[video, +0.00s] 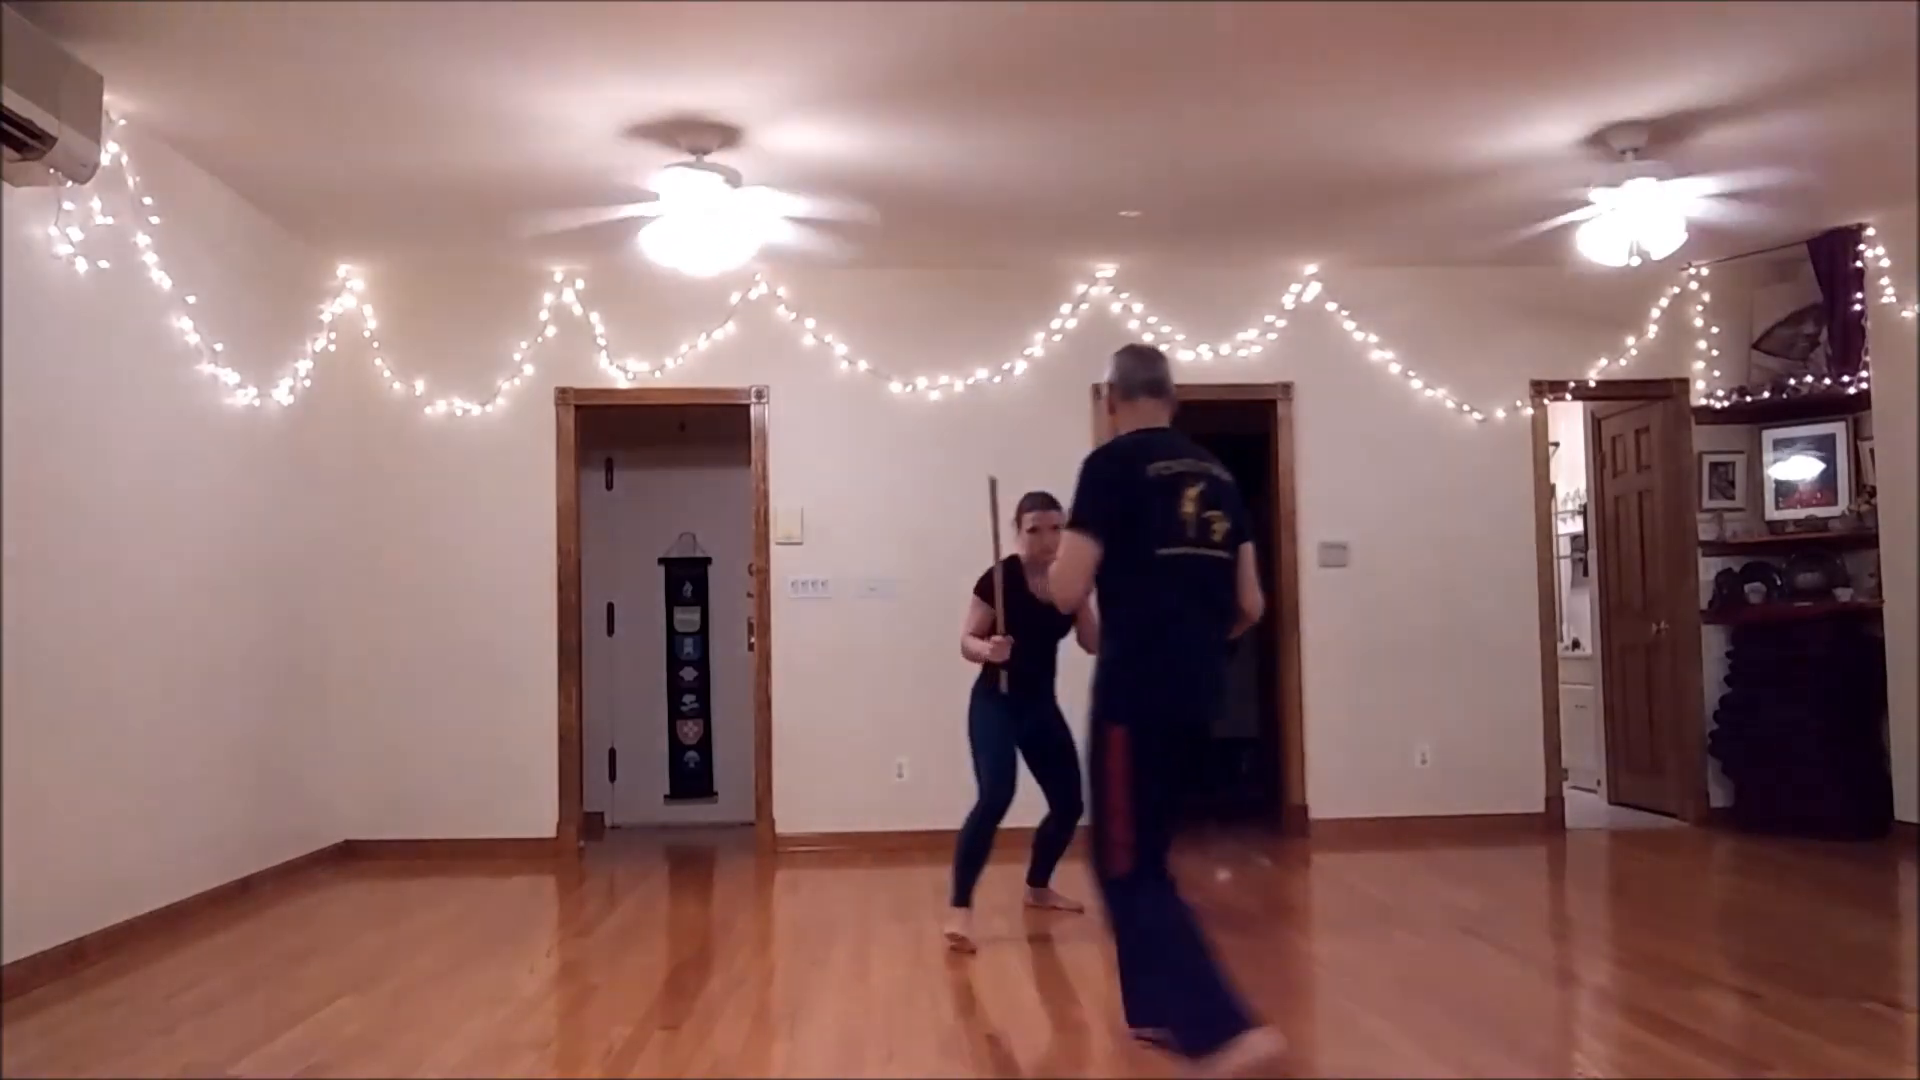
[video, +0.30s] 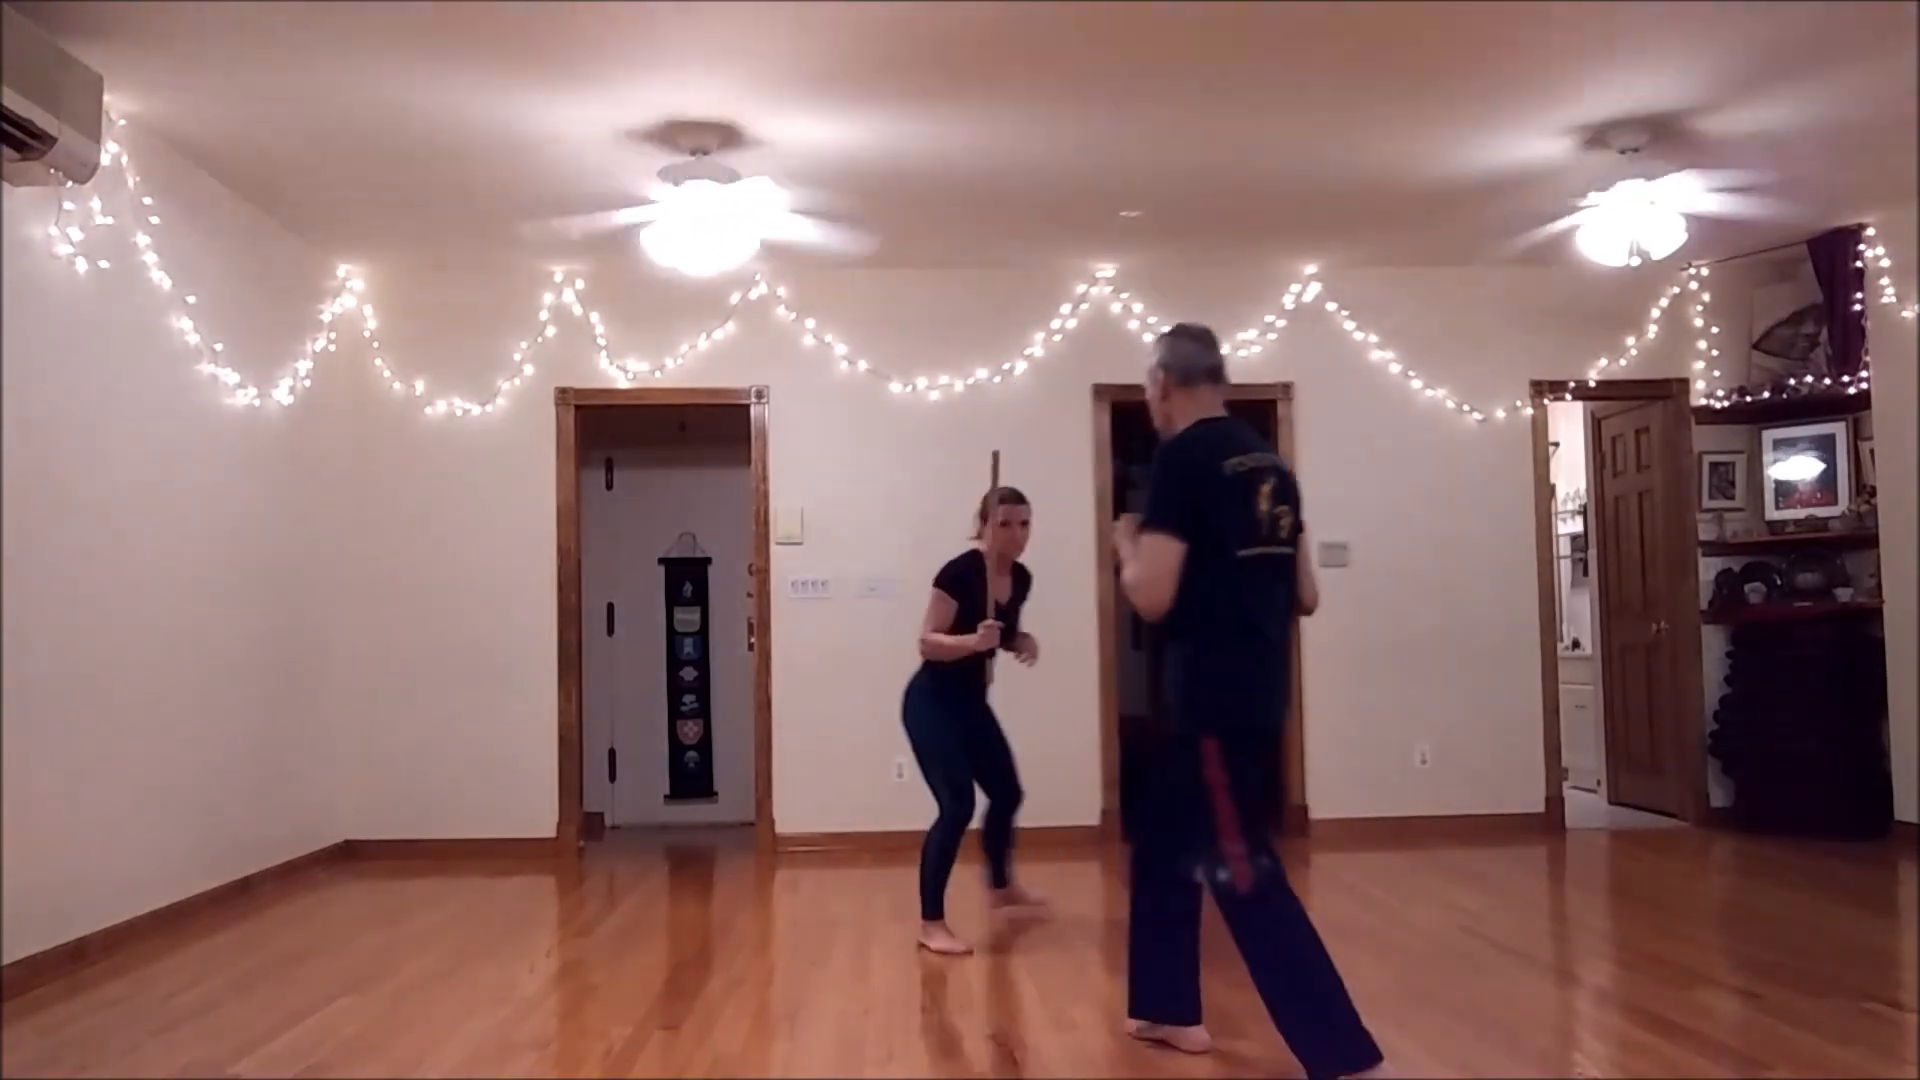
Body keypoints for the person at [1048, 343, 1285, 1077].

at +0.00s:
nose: (1105, 412)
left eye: (1105, 401)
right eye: (1111, 401)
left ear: (1112, 399)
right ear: (1172, 396)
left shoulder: (1111, 463)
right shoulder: (1216, 470)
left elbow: (1065, 588)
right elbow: (1249, 603)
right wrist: (1195, 639)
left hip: (1133, 679)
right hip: (1197, 679)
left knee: (1127, 861)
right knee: (1141, 850)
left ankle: (1226, 1031)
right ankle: (1157, 1012)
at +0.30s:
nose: (1148, 403)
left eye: (1148, 390)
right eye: (1150, 390)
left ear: (1161, 384)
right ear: (1222, 380)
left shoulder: (1182, 458)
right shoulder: (1266, 458)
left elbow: (1151, 596)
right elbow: (1303, 594)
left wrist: (1127, 545)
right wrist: (1214, 569)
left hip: (1203, 693)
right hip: (1252, 687)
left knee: (1238, 862)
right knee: (1165, 844)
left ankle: (1347, 1057)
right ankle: (1169, 1010)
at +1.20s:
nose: (1207, 409)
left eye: (1209, 392)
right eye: (1206, 394)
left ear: (1236, 386)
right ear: (1272, 383)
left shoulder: (1295, 447)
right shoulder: (1301, 448)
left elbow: (1270, 579)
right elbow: (1279, 569)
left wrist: (1206, 527)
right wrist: (1222, 535)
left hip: (1327, 688)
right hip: (1300, 685)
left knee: (1311, 873)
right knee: (1255, 848)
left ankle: (1357, 1065)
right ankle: (1279, 1012)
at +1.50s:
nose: (1223, 414)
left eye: (1227, 398)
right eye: (1223, 399)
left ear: (1257, 390)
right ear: (1277, 389)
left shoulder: (1320, 450)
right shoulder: (1299, 461)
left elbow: (1312, 574)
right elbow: (1309, 576)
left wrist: (1231, 537)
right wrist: (1234, 556)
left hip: (1350, 690)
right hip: (1307, 690)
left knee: (1367, 854)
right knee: (1262, 847)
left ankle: (1468, 1033)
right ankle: (1284, 1009)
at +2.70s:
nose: (1272, 420)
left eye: (1277, 404)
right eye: (1272, 405)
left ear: (1314, 397)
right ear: (1323, 396)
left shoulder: (1364, 461)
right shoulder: (1362, 464)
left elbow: (1325, 592)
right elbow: (1350, 588)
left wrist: (1262, 530)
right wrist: (1285, 551)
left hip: (1393, 697)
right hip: (1348, 694)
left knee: (1419, 859)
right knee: (1277, 840)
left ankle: (1542, 1014)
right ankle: (1289, 1002)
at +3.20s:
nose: (1277, 441)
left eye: (1282, 430)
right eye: (1282, 430)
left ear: (1299, 435)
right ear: (1335, 439)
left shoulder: (1326, 501)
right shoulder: (1325, 501)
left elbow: (1279, 607)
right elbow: (1251, 579)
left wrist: (1263, 532)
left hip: (1344, 713)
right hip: (1314, 709)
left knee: (1407, 865)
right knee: (1238, 814)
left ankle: (1547, 1014)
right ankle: (1220, 954)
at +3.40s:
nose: (1194, 478)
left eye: (1197, 466)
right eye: (1194, 467)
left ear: (1218, 461)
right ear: (1239, 456)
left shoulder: (1267, 500)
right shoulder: (1241, 517)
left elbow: (1242, 601)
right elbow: (1191, 620)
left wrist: (1206, 546)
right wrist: (1113, 663)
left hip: (1309, 699)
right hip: (1269, 699)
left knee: (1304, 848)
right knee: (1208, 814)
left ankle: (1438, 964)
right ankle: (1216, 958)